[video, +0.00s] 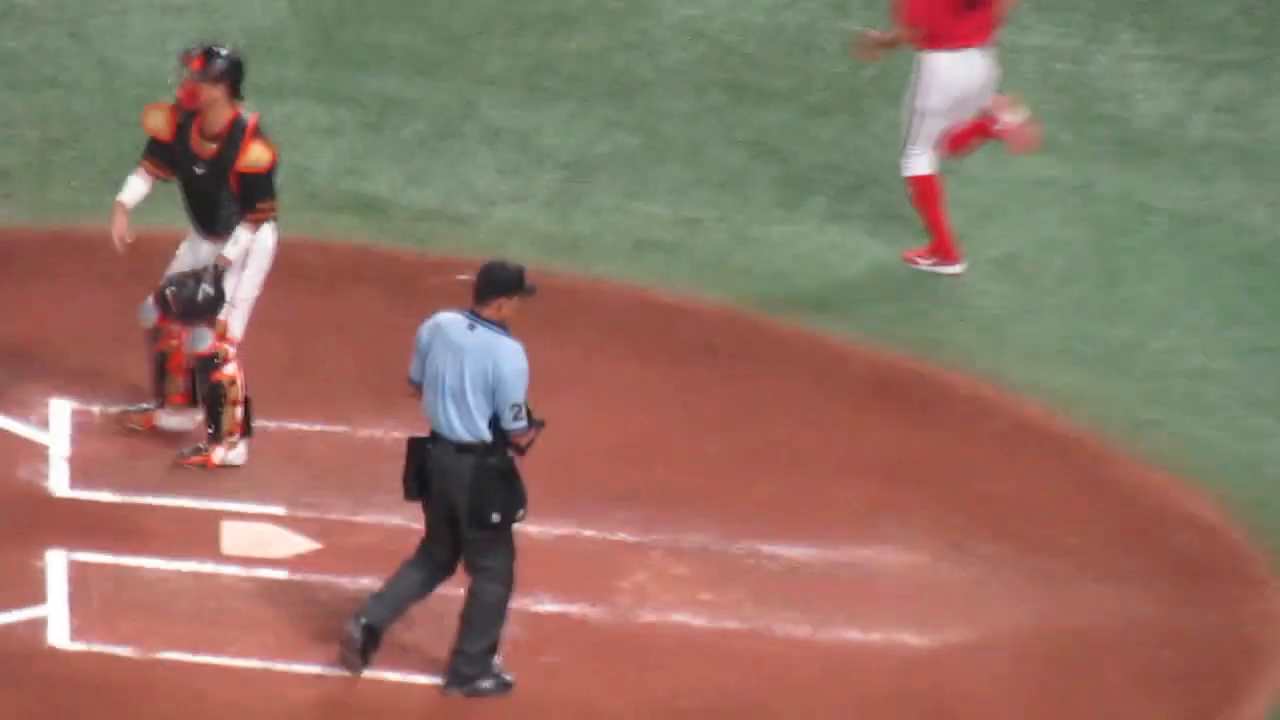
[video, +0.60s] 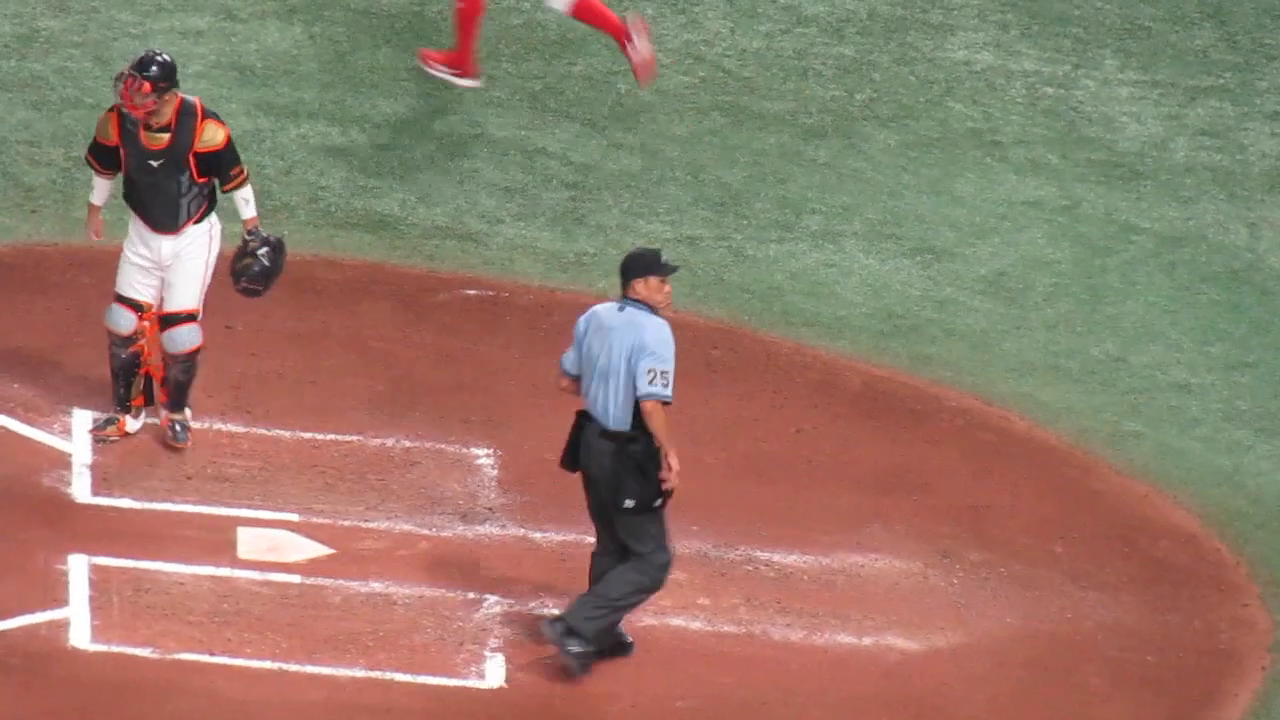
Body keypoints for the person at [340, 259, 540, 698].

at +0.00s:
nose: (519, 308)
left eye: (519, 300)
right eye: (517, 301)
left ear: (481, 297)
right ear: (502, 302)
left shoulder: (437, 325)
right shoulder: (507, 352)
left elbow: (417, 383)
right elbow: (515, 428)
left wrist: (459, 393)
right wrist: (530, 429)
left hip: (437, 460)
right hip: (480, 471)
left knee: (436, 555)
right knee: (493, 571)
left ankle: (370, 621)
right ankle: (471, 669)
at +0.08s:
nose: (548, 292)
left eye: (548, 285)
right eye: (546, 286)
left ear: (508, 281)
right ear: (533, 287)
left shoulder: (468, 310)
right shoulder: (541, 336)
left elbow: (443, 365)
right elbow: (547, 411)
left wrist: (490, 362)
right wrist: (557, 403)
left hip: (469, 439)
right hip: (508, 451)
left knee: (482, 523)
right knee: (506, 548)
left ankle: (433, 600)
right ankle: (481, 646)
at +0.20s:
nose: (581, 294)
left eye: (579, 287)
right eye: (577, 288)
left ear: (540, 286)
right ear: (561, 291)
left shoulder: (498, 315)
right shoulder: (574, 341)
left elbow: (465, 368)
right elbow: (579, 407)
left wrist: (512, 360)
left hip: (493, 443)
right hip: (532, 455)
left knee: (529, 526)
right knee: (514, 548)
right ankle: (479, 652)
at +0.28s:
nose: (595, 300)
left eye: (594, 293)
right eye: (592, 294)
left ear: (556, 294)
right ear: (577, 298)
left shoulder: (515, 322)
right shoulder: (591, 348)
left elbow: (481, 372)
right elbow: (596, 416)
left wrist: (526, 367)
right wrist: (562, 387)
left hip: (511, 449)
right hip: (549, 461)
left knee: (555, 532)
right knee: (522, 557)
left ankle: (568, 618)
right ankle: (477, 658)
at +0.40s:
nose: (620, 302)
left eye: (618, 295)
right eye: (614, 297)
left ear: (582, 301)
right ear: (594, 302)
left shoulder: (541, 329)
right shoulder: (613, 349)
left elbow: (504, 388)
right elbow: (622, 428)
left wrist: (546, 392)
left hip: (540, 456)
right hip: (580, 467)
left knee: (588, 543)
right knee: (551, 566)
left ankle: (594, 633)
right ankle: (485, 656)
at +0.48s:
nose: (637, 296)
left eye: (635, 288)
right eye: (630, 290)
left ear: (597, 295)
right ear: (609, 296)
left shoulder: (560, 326)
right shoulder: (629, 343)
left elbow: (529, 388)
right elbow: (636, 419)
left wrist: (572, 388)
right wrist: (654, 455)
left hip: (561, 453)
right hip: (598, 465)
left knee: (607, 545)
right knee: (595, 571)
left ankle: (598, 635)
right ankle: (511, 642)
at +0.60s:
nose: (669, 287)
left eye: (668, 280)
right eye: (662, 281)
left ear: (631, 286)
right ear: (640, 285)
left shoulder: (595, 316)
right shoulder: (655, 331)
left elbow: (570, 380)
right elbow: (650, 403)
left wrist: (614, 391)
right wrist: (669, 453)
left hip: (591, 444)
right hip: (627, 453)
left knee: (609, 543)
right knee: (652, 560)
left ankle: (602, 629)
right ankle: (575, 628)